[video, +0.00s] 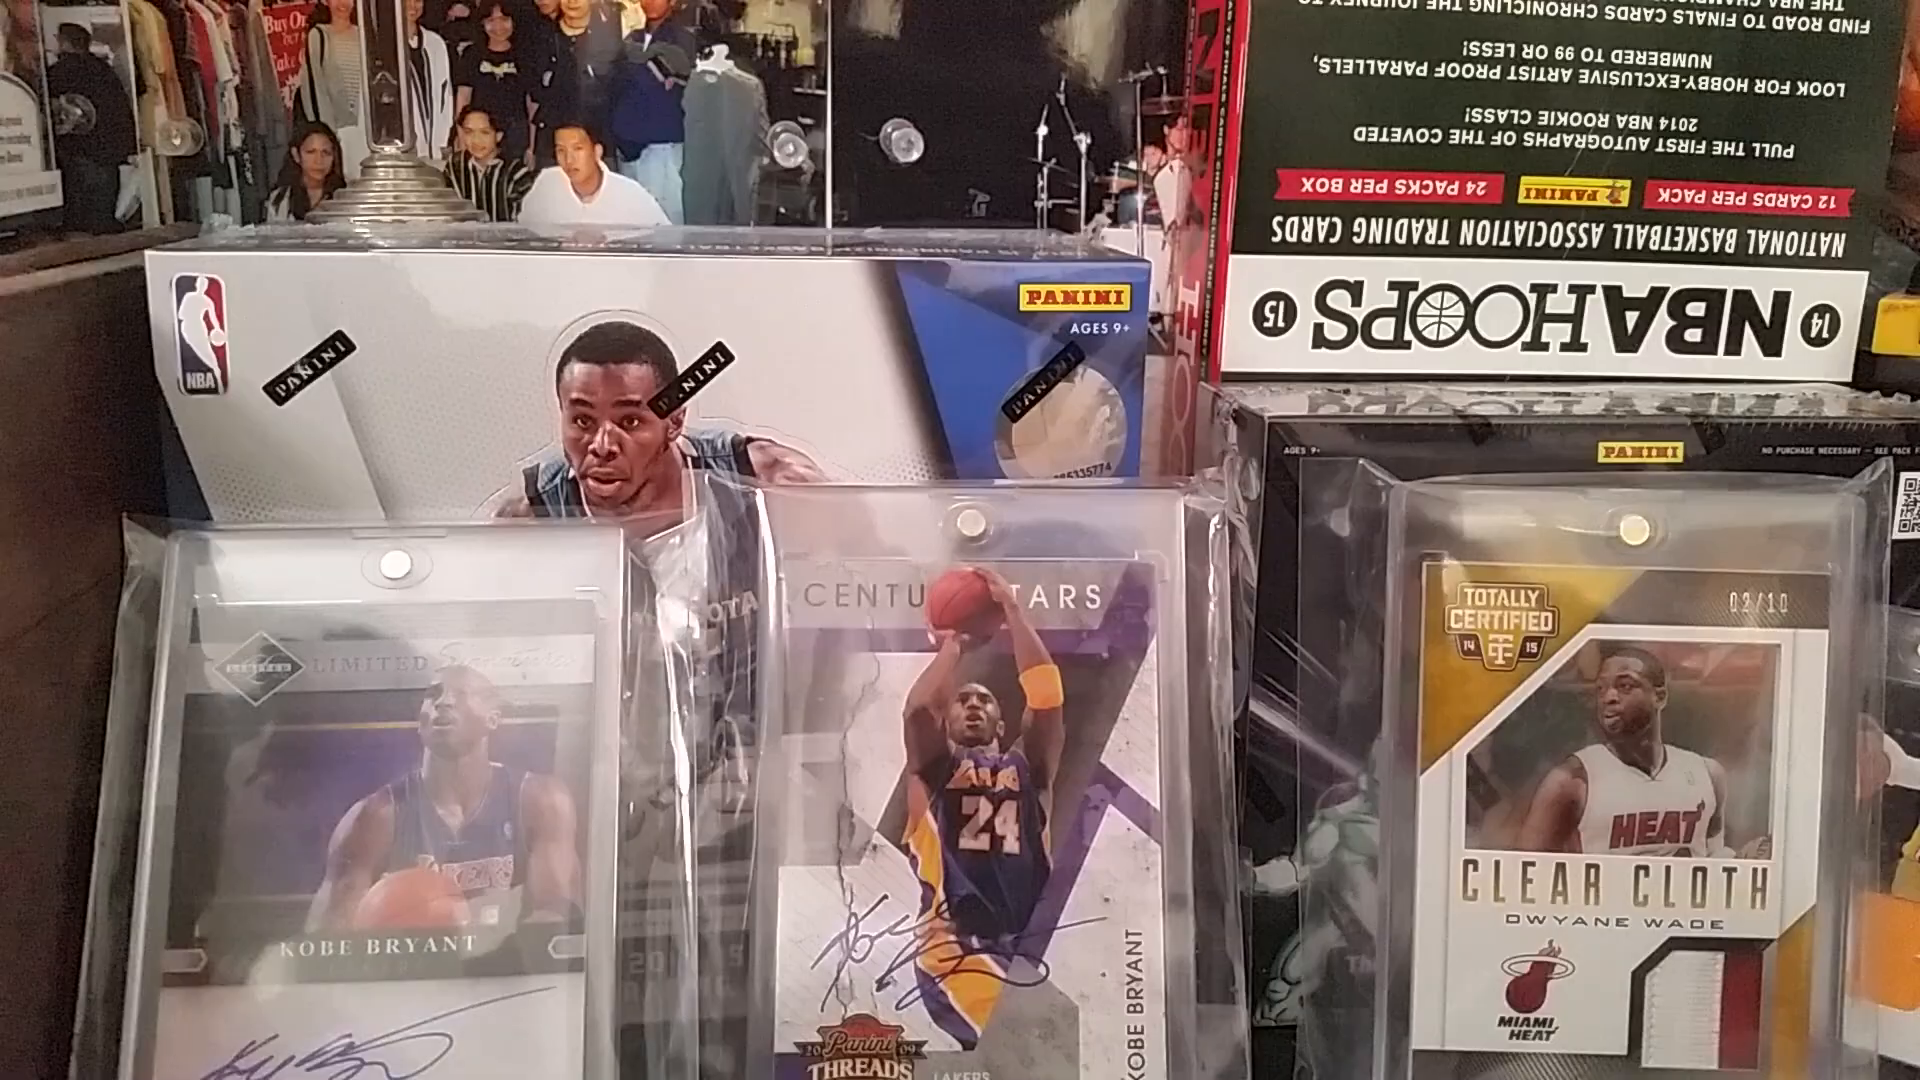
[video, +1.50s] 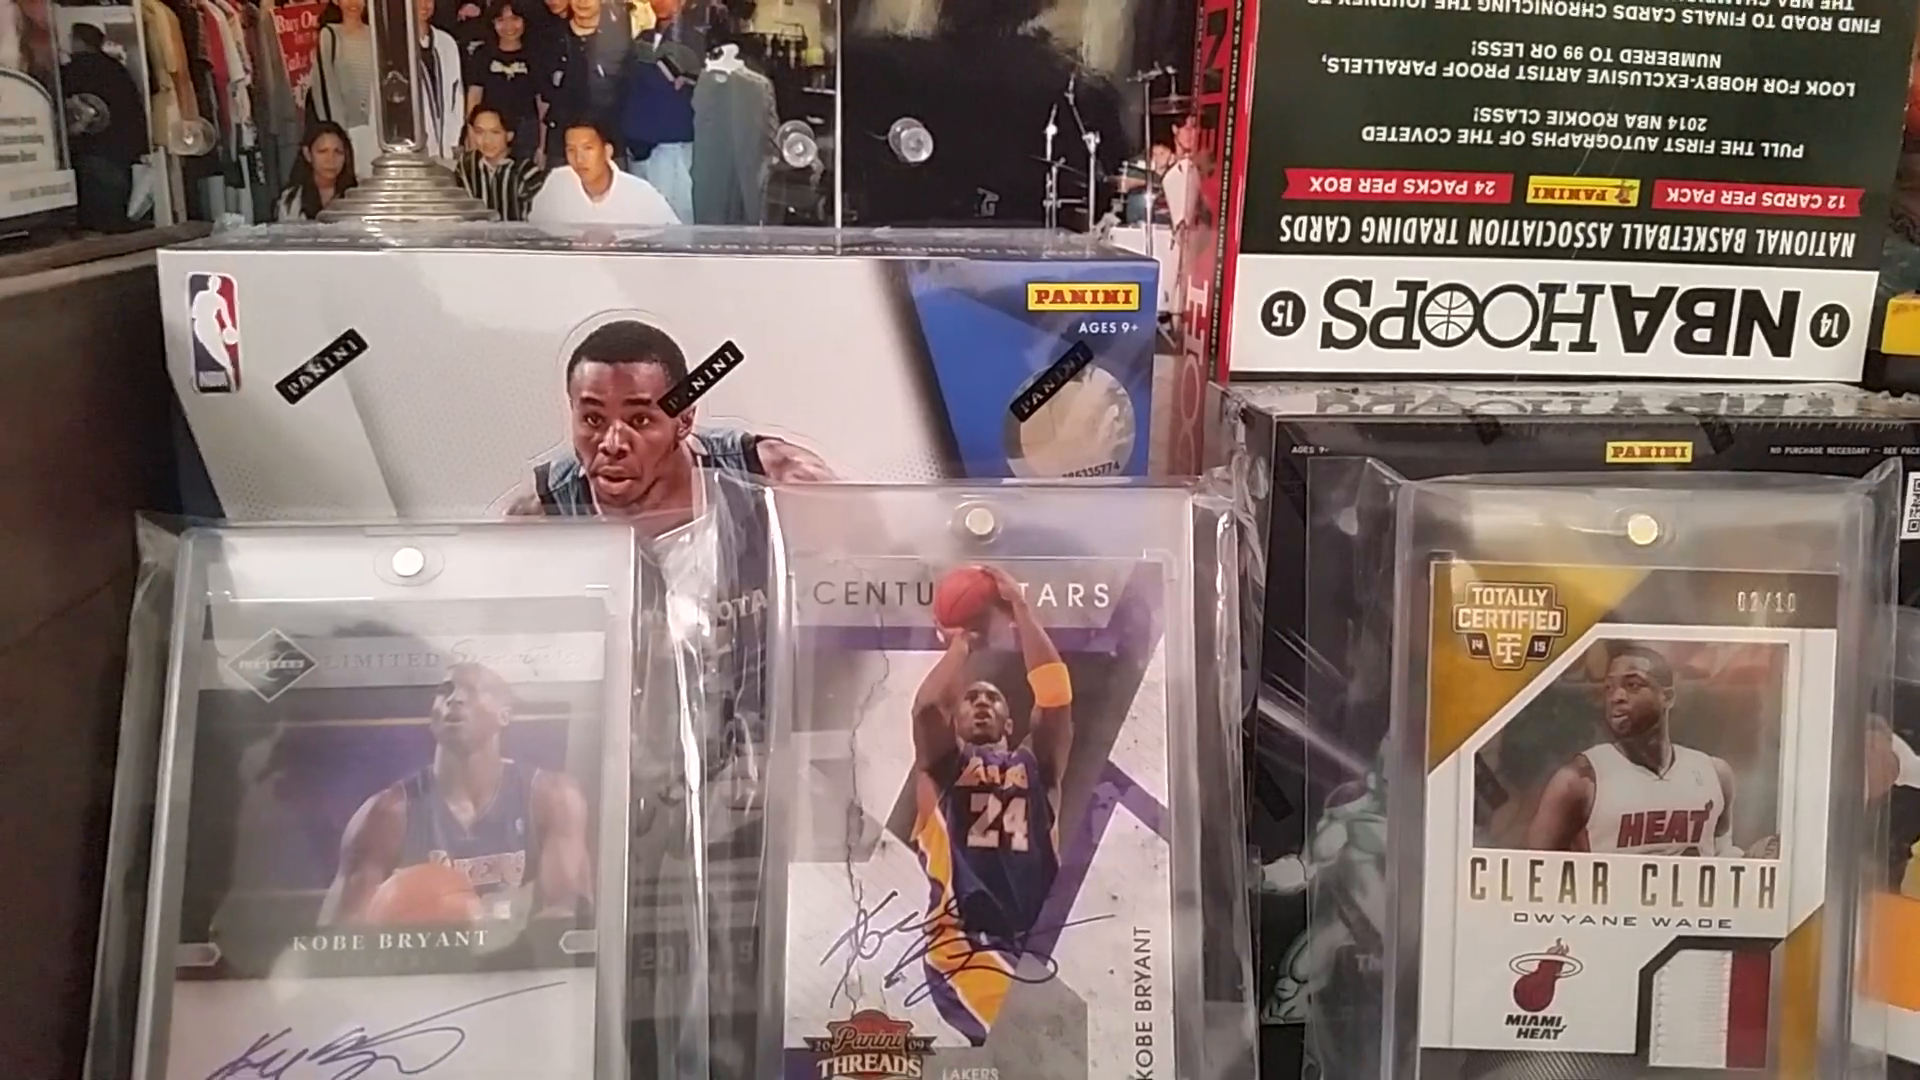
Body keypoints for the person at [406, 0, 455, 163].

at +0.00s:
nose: (413, 6)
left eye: (417, 1)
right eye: (407, 1)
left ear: (423, 5)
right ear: (396, 5)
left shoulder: (437, 43)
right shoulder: (389, 43)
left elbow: (447, 93)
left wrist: (442, 140)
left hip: (436, 145)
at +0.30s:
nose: (413, 6)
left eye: (417, 1)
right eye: (407, 1)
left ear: (423, 4)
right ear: (397, 5)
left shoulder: (437, 43)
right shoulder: (388, 44)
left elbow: (446, 94)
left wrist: (443, 142)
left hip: (436, 144)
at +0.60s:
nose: (414, 6)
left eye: (417, 1)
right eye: (408, 1)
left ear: (423, 4)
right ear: (396, 5)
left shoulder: (436, 43)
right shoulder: (388, 44)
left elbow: (446, 94)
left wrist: (442, 142)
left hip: (436, 145)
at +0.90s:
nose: (414, 6)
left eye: (417, 1)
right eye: (408, 1)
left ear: (423, 4)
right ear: (396, 5)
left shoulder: (437, 43)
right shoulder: (388, 44)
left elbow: (446, 94)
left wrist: (442, 142)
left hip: (437, 145)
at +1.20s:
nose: (413, 6)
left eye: (417, 0)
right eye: (408, 1)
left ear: (423, 4)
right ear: (396, 5)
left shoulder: (437, 43)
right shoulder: (388, 43)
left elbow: (446, 95)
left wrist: (442, 143)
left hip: (436, 146)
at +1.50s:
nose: (425, 6)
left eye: (429, 0)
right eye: (419, 1)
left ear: (434, 4)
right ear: (408, 4)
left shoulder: (447, 42)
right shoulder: (399, 42)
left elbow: (457, 93)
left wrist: (453, 141)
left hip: (446, 144)